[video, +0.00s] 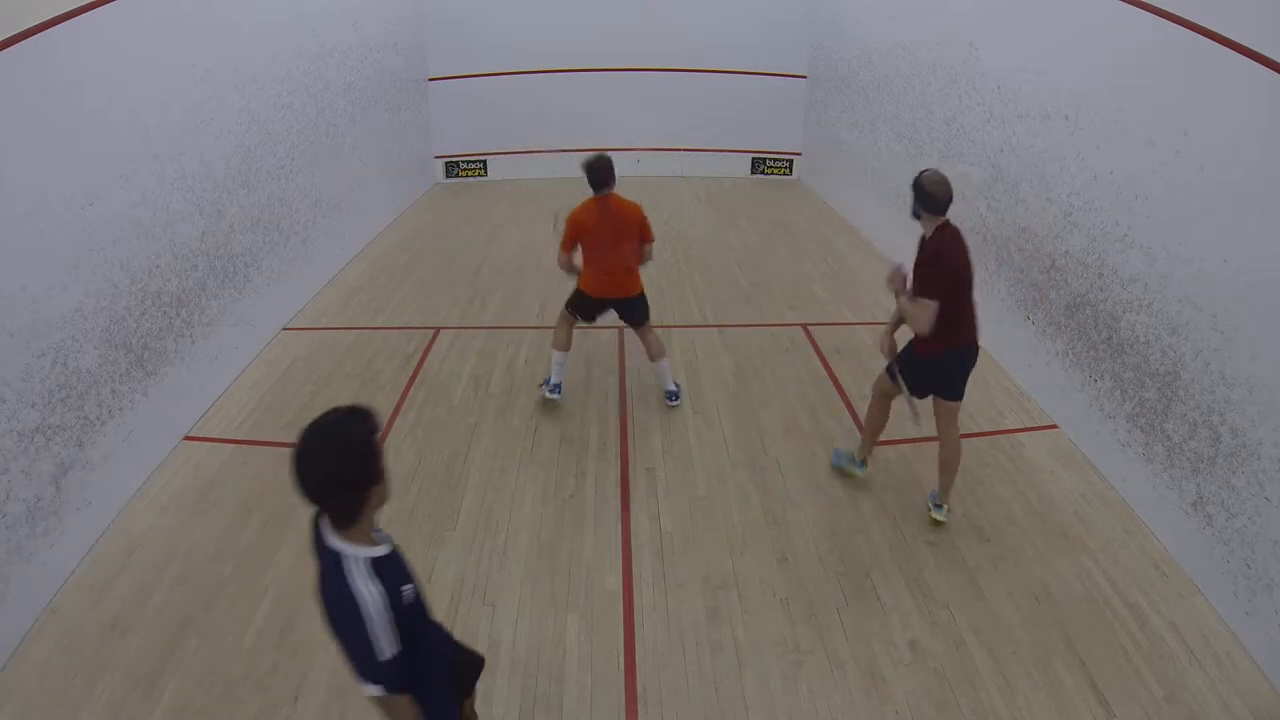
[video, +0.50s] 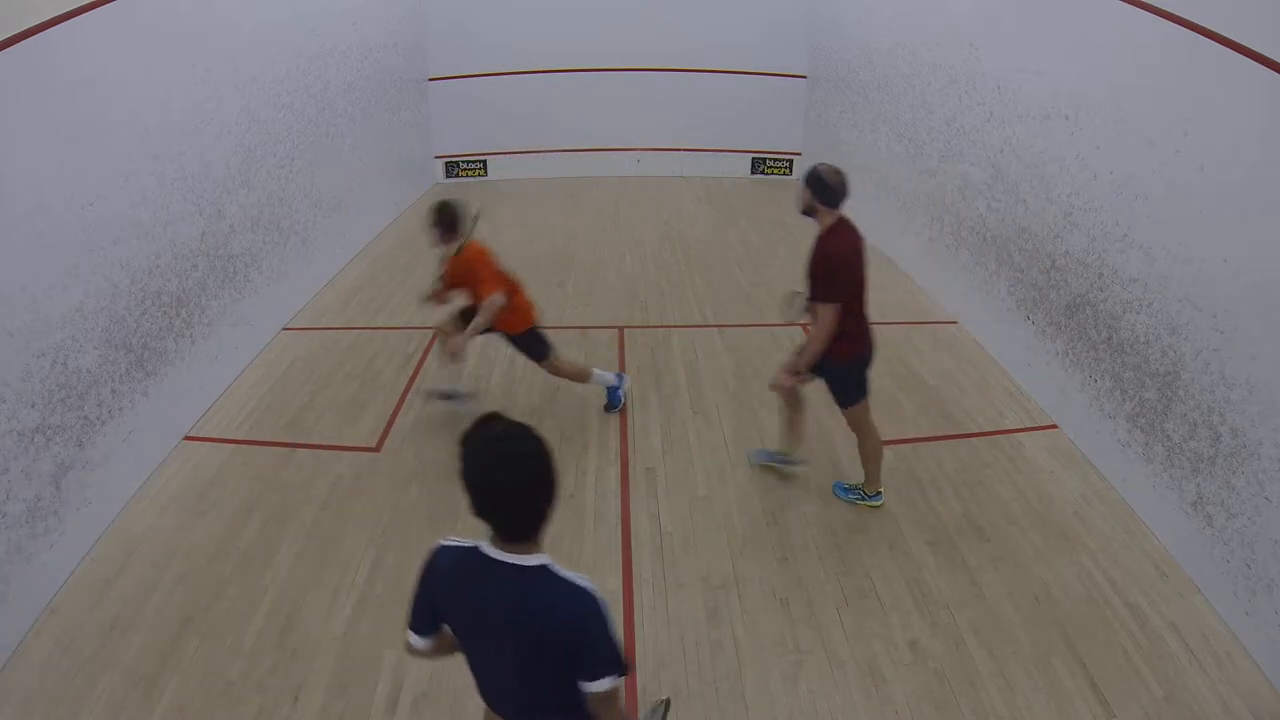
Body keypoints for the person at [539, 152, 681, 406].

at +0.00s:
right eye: (610, 175)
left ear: (589, 181)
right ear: (614, 177)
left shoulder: (579, 215)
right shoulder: (633, 210)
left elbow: (564, 262)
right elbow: (646, 254)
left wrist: (582, 272)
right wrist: (624, 262)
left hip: (593, 289)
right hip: (628, 288)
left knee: (566, 321)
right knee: (645, 330)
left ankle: (554, 383)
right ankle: (670, 388)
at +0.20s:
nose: (557, 185)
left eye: (558, 182)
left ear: (560, 186)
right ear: (585, 184)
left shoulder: (560, 219)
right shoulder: (597, 213)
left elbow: (559, 265)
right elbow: (601, 255)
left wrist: (546, 289)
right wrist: (565, 273)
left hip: (583, 300)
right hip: (610, 295)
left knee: (539, 339)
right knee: (628, 334)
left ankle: (578, 389)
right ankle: (667, 379)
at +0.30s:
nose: (524, 187)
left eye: (526, 182)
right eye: (526, 181)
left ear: (532, 184)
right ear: (550, 182)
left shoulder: (545, 217)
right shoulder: (558, 210)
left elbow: (549, 268)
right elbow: (557, 257)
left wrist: (520, 290)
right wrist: (525, 269)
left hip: (561, 299)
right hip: (575, 291)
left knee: (548, 359)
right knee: (571, 335)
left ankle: (604, 380)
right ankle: (627, 357)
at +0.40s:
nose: (481, 208)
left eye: (484, 203)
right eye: (482, 202)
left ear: (493, 206)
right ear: (508, 202)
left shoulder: (518, 237)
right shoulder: (510, 234)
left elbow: (530, 290)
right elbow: (513, 274)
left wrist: (492, 309)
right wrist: (487, 278)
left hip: (553, 314)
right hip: (531, 309)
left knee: (568, 370)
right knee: (505, 341)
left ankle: (622, 384)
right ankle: (553, 360)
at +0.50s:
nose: (433, 234)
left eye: (435, 228)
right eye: (433, 228)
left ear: (443, 230)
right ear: (457, 225)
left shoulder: (474, 257)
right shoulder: (455, 257)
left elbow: (495, 300)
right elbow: (451, 285)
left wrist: (465, 336)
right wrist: (438, 294)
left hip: (513, 318)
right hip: (488, 313)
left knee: (553, 365)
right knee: (449, 330)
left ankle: (614, 382)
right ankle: (455, 388)